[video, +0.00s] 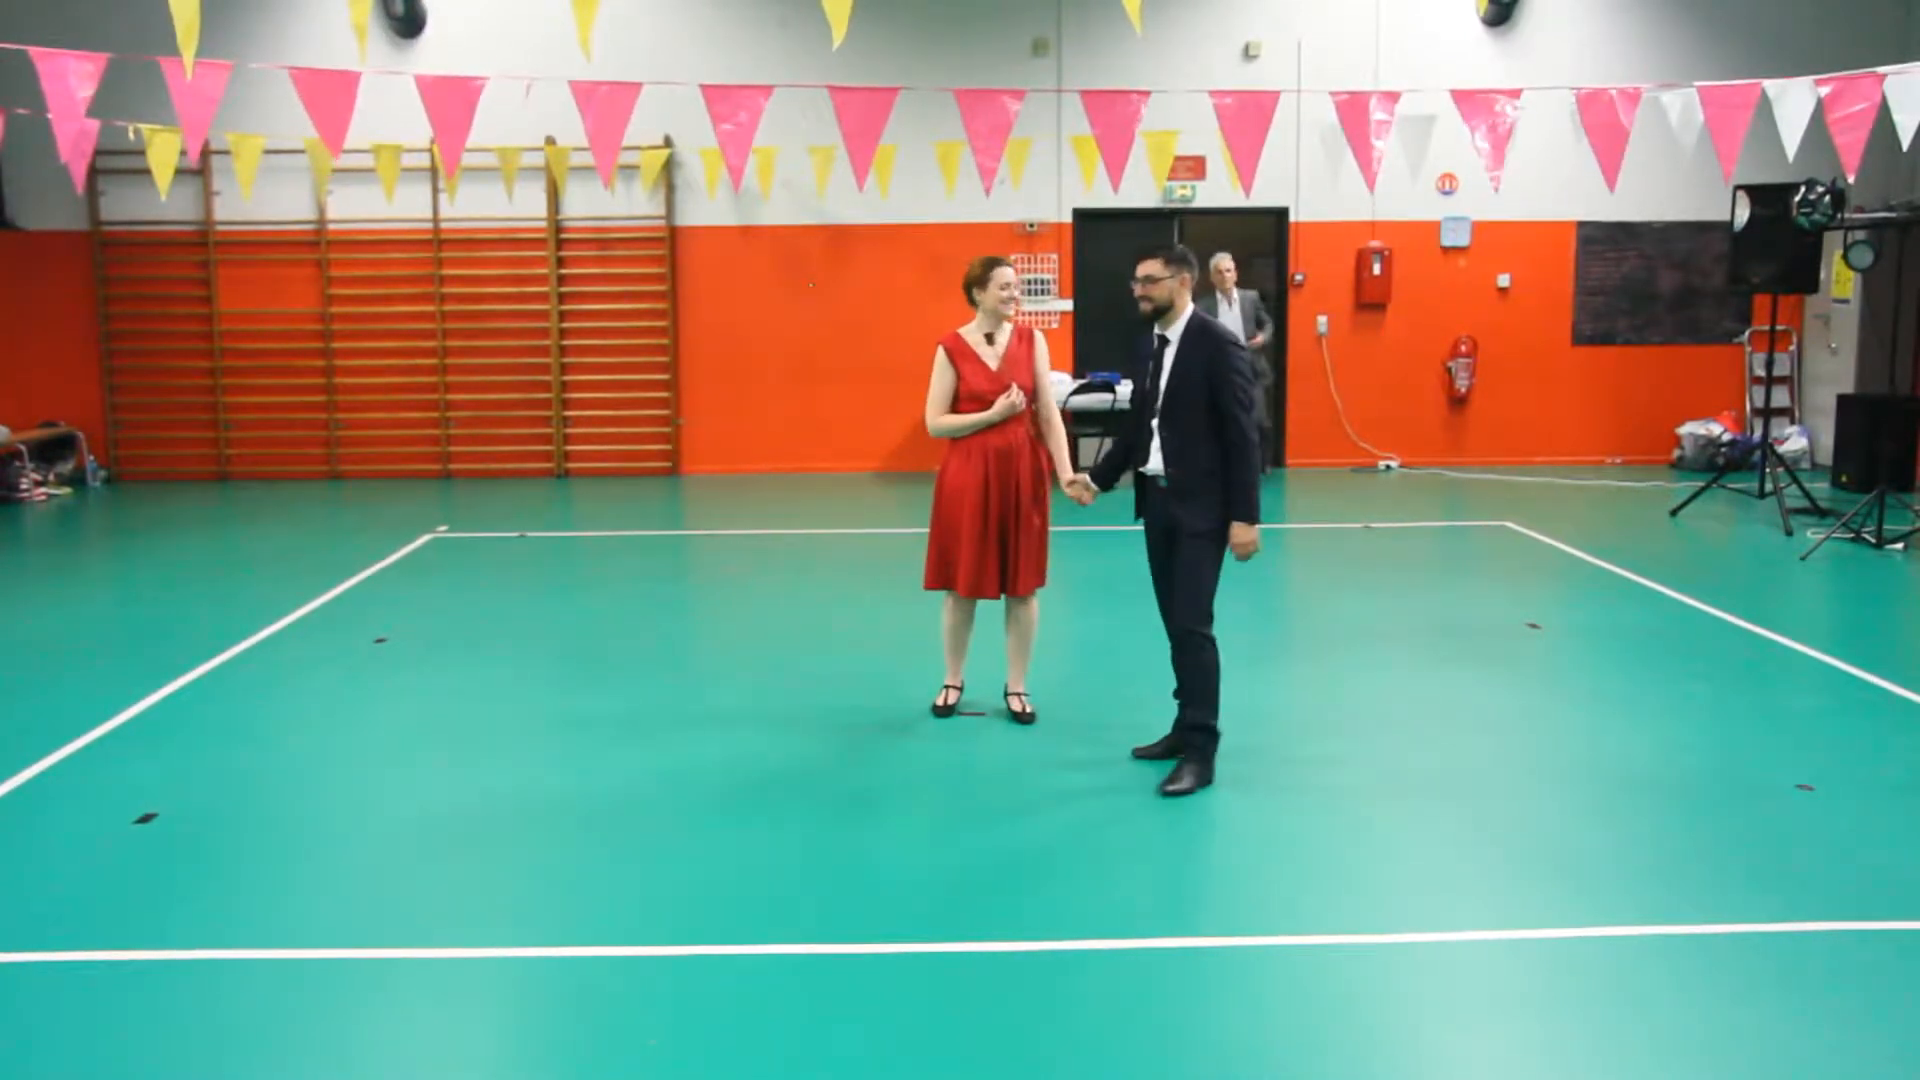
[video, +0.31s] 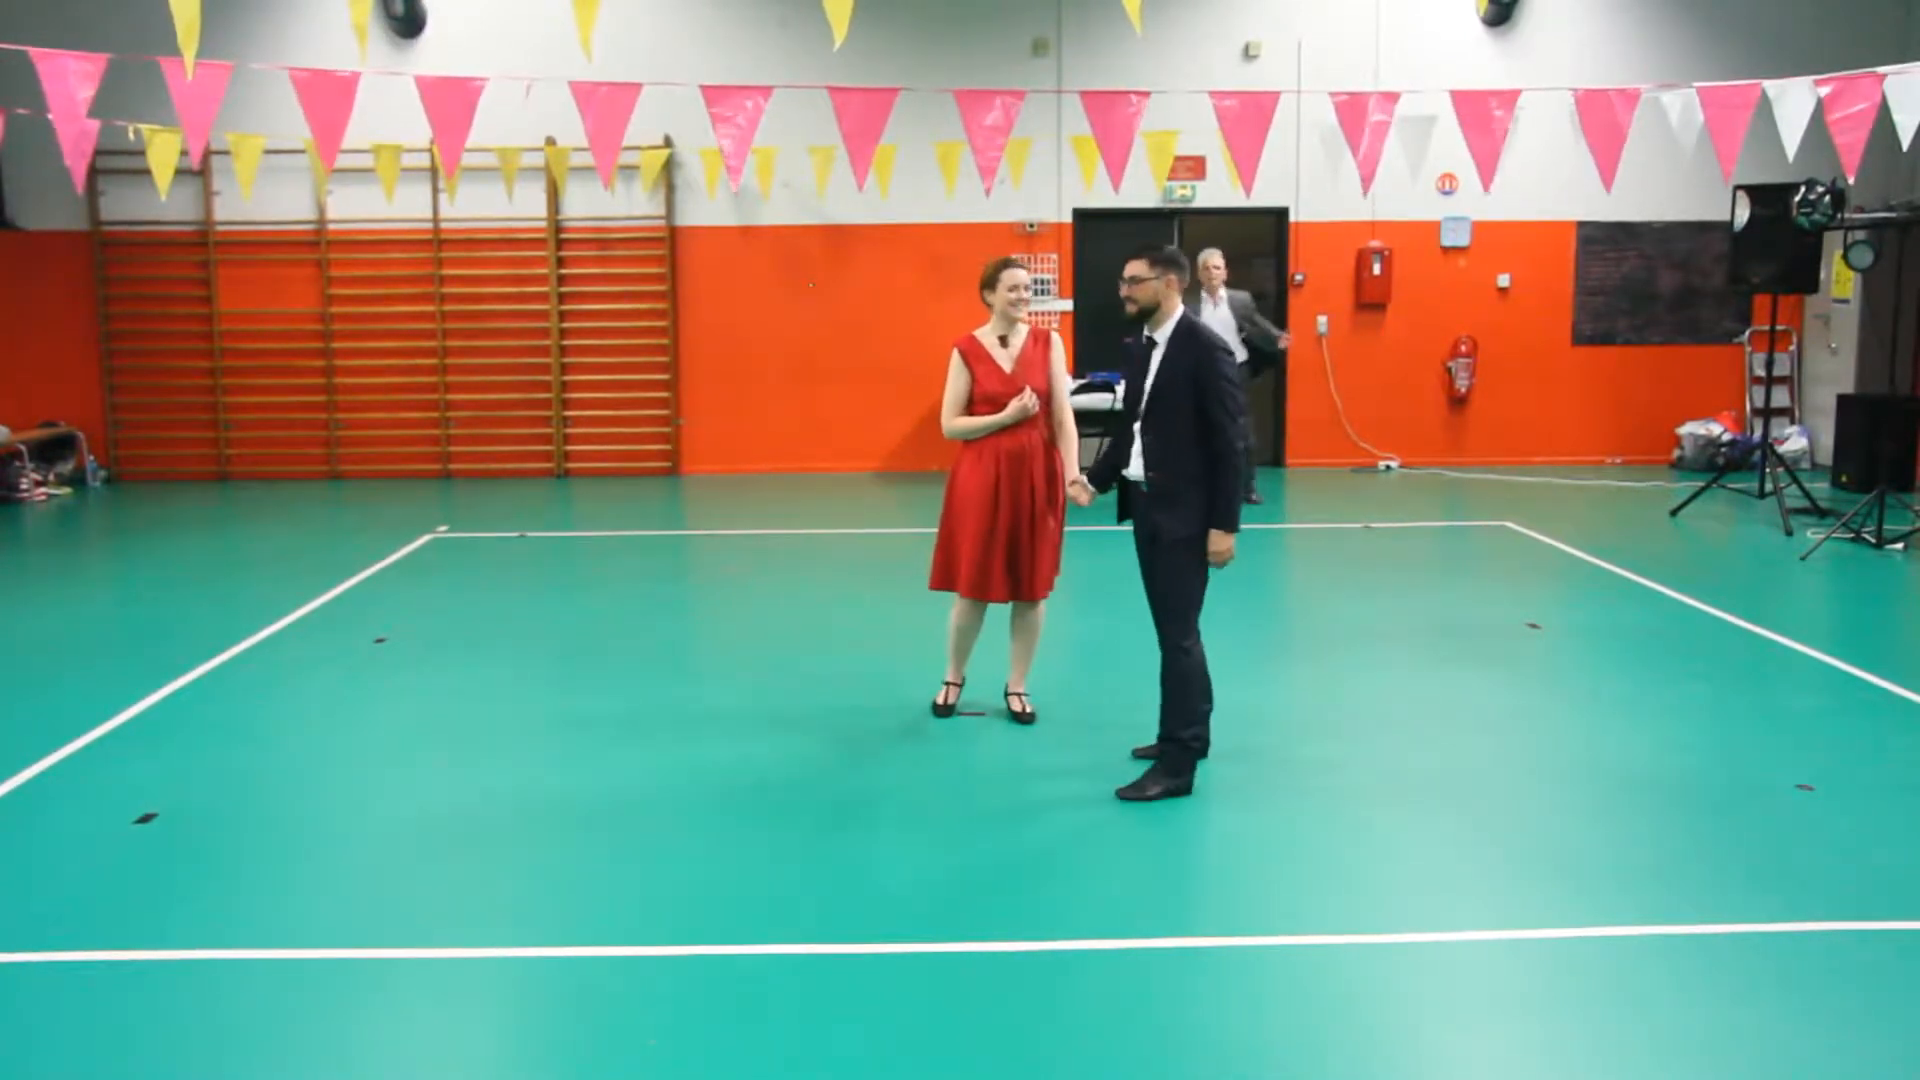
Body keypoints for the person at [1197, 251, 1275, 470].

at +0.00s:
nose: (1226, 275)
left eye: (1229, 270)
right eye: (1220, 272)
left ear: (1236, 273)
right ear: (1211, 277)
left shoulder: (1251, 298)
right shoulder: (1203, 305)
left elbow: (1266, 323)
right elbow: (1199, 336)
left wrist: (1261, 337)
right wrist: (1218, 346)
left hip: (1251, 364)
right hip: (1220, 366)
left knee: (1257, 418)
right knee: (1224, 415)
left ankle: (1262, 462)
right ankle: (1227, 460)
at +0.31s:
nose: (1212, 273)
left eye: (1217, 268)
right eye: (1207, 269)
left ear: (1225, 271)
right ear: (1199, 274)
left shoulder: (1241, 300)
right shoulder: (1190, 303)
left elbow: (1256, 323)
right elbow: (1183, 335)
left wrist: (1276, 337)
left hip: (1237, 365)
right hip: (1206, 367)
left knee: (1241, 427)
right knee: (1209, 425)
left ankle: (1247, 485)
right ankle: (1213, 484)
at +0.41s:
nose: (1192, 266)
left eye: (1197, 261)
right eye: (1187, 261)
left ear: (1206, 264)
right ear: (1180, 265)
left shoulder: (1224, 291)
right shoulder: (1173, 296)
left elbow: (1245, 317)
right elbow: (1159, 330)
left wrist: (1269, 335)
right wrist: (1138, 355)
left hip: (1223, 362)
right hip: (1189, 365)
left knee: (1232, 424)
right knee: (1192, 424)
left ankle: (1251, 482)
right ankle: (1199, 485)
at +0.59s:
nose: (1116, 287)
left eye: (1126, 277)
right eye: (1118, 277)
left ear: (1160, 280)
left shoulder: (1191, 344)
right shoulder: (1155, 335)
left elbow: (1197, 442)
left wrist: (1173, 526)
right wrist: (1104, 473)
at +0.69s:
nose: (1116, 285)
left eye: (1126, 275)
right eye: (1122, 276)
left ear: (1151, 276)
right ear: (1140, 278)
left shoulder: (1182, 301)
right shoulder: (1129, 311)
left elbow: (1205, 329)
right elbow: (1111, 351)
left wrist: (1240, 352)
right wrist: (1088, 360)